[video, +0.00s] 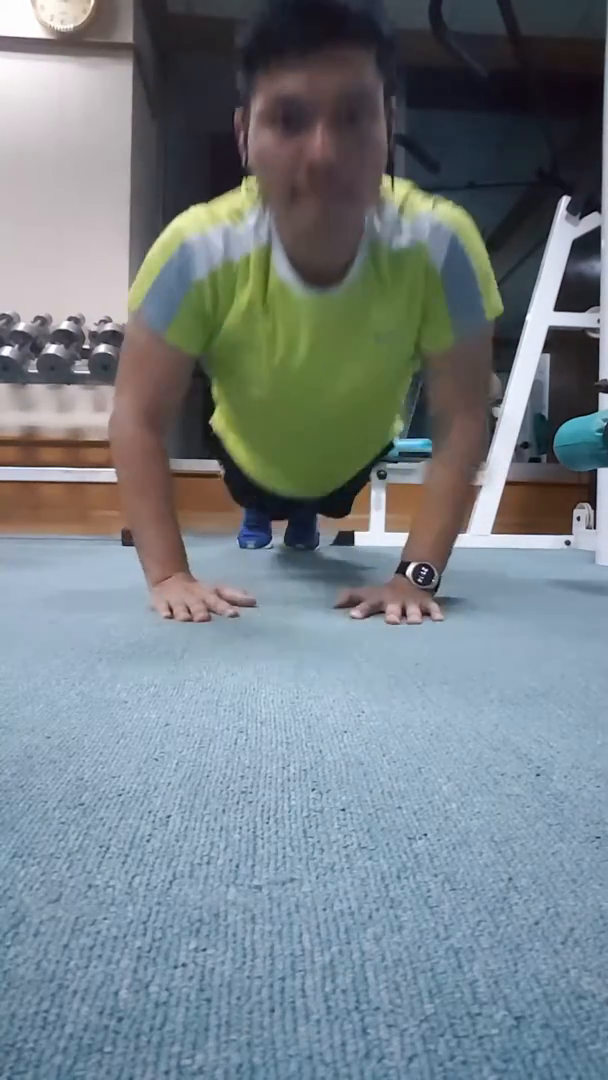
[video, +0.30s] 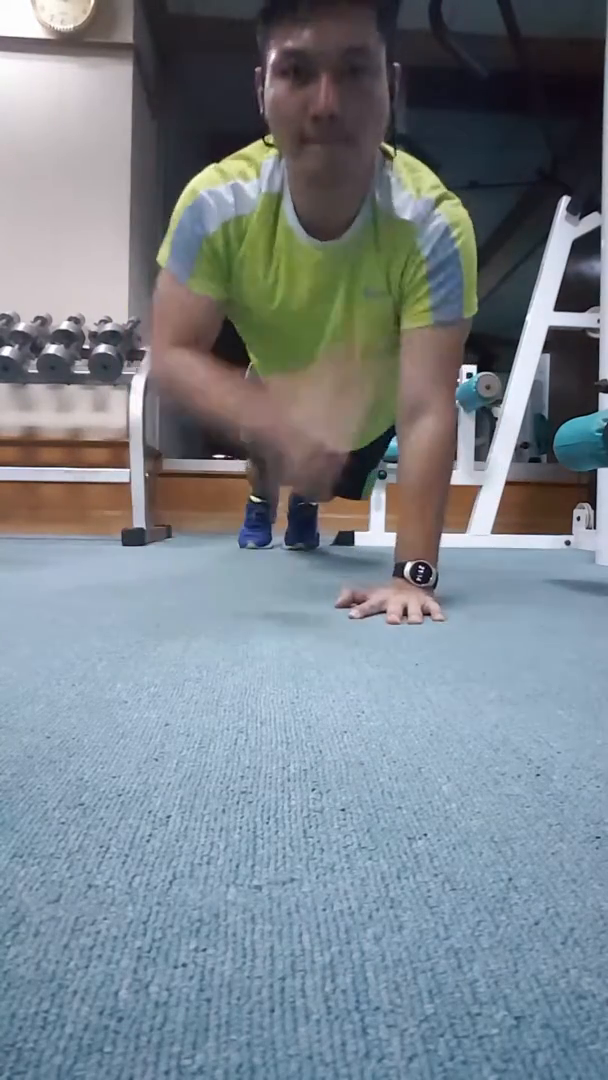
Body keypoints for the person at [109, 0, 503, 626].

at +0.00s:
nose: (323, 151)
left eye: (352, 118)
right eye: (291, 121)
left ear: (390, 126)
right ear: (244, 135)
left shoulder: (439, 243)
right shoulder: (198, 249)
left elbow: (464, 418)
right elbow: (136, 419)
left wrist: (416, 576)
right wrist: (169, 576)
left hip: (351, 457)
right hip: (250, 455)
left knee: (320, 499)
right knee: (257, 495)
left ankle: (303, 519)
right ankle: (262, 517)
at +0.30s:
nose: (326, 103)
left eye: (354, 72)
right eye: (297, 73)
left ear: (392, 86)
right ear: (262, 90)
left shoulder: (431, 222)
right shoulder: (217, 202)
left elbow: (429, 407)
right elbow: (173, 355)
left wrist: (414, 573)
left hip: (365, 396)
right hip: (269, 384)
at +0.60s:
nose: (327, 112)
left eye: (358, 80)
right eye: (299, 81)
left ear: (399, 92)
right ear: (267, 93)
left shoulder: (437, 225)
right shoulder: (222, 205)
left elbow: (433, 412)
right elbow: (172, 364)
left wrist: (415, 573)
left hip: (374, 410)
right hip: (281, 393)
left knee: (329, 482)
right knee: (268, 472)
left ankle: (304, 505)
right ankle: (263, 507)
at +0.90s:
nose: (313, 187)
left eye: (342, 151)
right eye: (279, 152)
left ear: (383, 154)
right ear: (237, 162)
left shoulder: (435, 270)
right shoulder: (197, 259)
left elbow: (467, 436)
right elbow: (141, 422)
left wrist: (417, 578)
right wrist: (168, 576)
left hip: (358, 468)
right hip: (262, 449)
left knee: (324, 498)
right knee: (264, 491)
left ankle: (302, 519)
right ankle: (264, 515)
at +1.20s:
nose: (301, 387)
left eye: (337, 346)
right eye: (266, 348)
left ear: (379, 324)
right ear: (215, 326)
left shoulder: (442, 391)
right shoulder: (160, 381)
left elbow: (494, 458)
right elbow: (108, 449)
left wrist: (421, 576)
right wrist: (166, 576)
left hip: (354, 519)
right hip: (232, 524)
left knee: (328, 550)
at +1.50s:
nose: (299, 473)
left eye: (337, 430)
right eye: (265, 429)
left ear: (383, 406)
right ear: (217, 401)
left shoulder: (450, 439)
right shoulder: (158, 438)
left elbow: (493, 460)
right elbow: (99, 449)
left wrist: (422, 575)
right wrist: (167, 574)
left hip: (366, 569)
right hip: (229, 569)